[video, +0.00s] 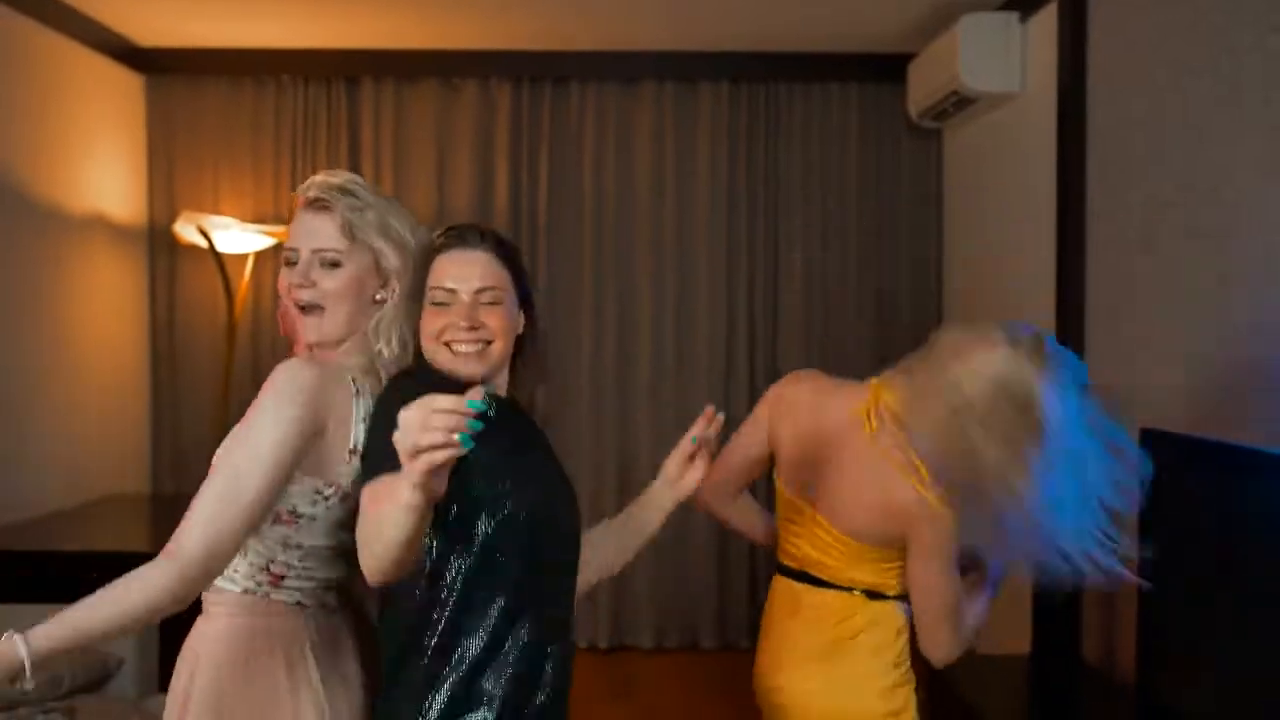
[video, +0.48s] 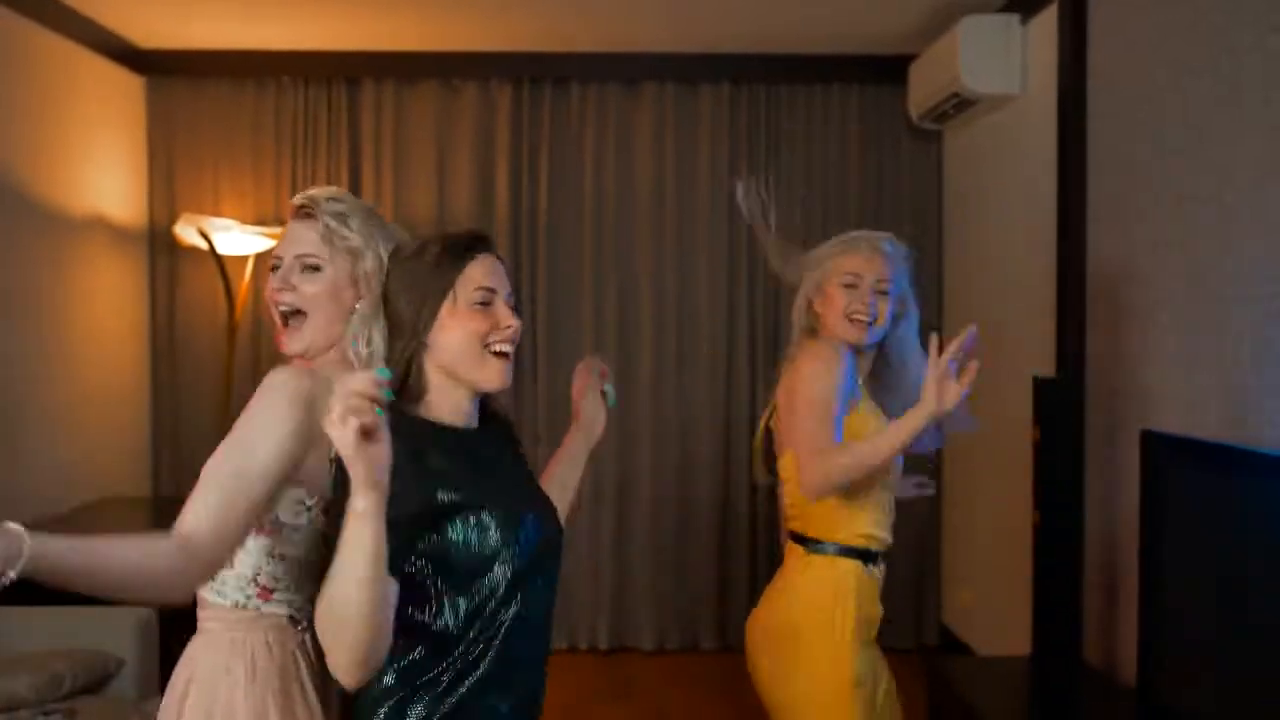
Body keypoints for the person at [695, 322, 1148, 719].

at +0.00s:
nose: (998, 465)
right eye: (1003, 451)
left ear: (941, 362)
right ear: (981, 437)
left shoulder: (797, 396)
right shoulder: (924, 499)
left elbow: (716, 489)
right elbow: (941, 646)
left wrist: (790, 543)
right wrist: (983, 587)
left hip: (780, 660)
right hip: (861, 684)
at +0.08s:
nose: (976, 369)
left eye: (982, 354)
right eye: (976, 353)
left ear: (887, 302)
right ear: (947, 349)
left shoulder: (799, 378)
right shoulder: (903, 434)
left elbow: (727, 479)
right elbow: (926, 597)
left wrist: (805, 520)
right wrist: (997, 520)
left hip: (788, 630)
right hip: (855, 657)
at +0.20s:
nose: (919, 285)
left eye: (927, 272)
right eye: (898, 269)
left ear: (940, 285)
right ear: (851, 285)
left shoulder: (817, 372)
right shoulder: (878, 389)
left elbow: (754, 488)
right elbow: (917, 548)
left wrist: (842, 515)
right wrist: (987, 452)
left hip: (793, 620)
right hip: (838, 642)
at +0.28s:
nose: (897, 309)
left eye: (909, 297)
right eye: (877, 291)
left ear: (919, 315)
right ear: (836, 310)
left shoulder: (818, 392)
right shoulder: (853, 395)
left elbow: (761, 530)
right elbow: (911, 542)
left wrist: (862, 528)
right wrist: (978, 433)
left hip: (802, 647)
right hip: (828, 663)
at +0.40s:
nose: (876, 322)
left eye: (889, 312)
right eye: (858, 306)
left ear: (900, 328)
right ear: (821, 320)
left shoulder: (807, 393)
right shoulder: (834, 393)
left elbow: (785, 544)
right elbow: (860, 521)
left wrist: (886, 509)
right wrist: (950, 422)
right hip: (823, 659)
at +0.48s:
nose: (867, 304)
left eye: (882, 292)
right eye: (850, 286)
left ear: (896, 309)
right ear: (815, 297)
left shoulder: (848, 378)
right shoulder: (819, 363)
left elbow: (831, 487)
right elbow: (816, 474)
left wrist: (888, 487)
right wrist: (926, 411)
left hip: (846, 621)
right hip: (814, 622)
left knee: (885, 708)